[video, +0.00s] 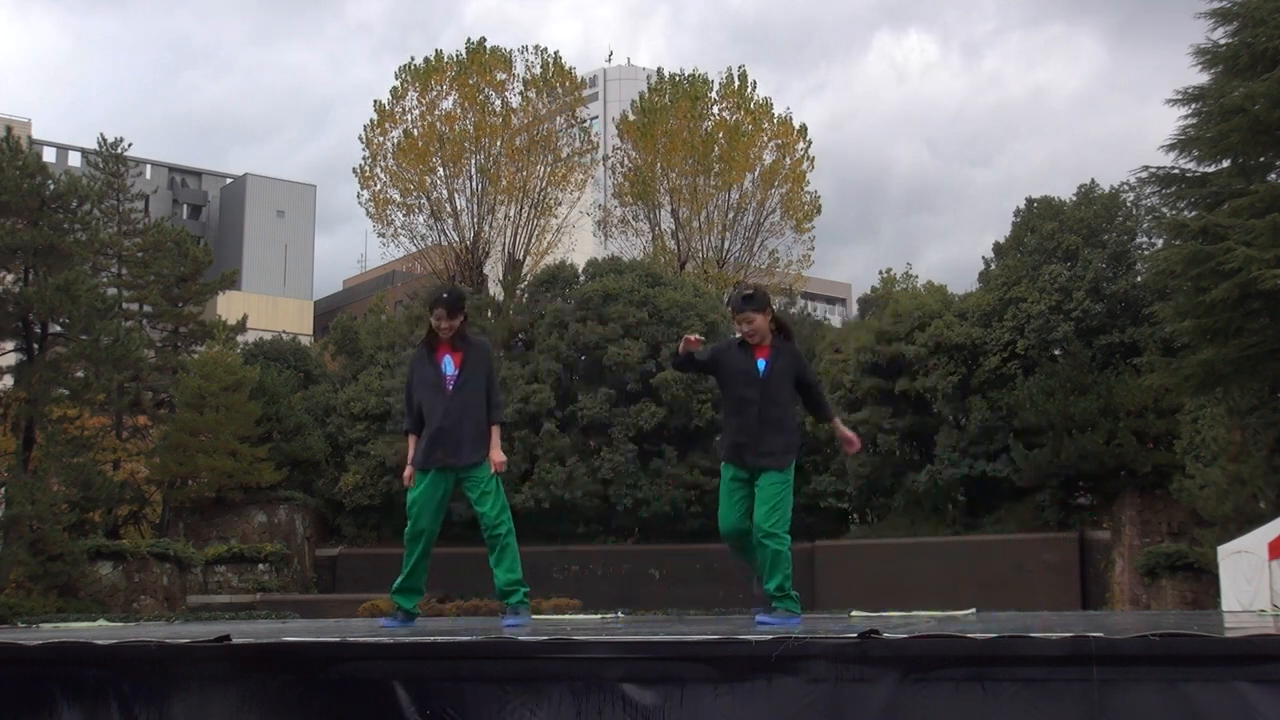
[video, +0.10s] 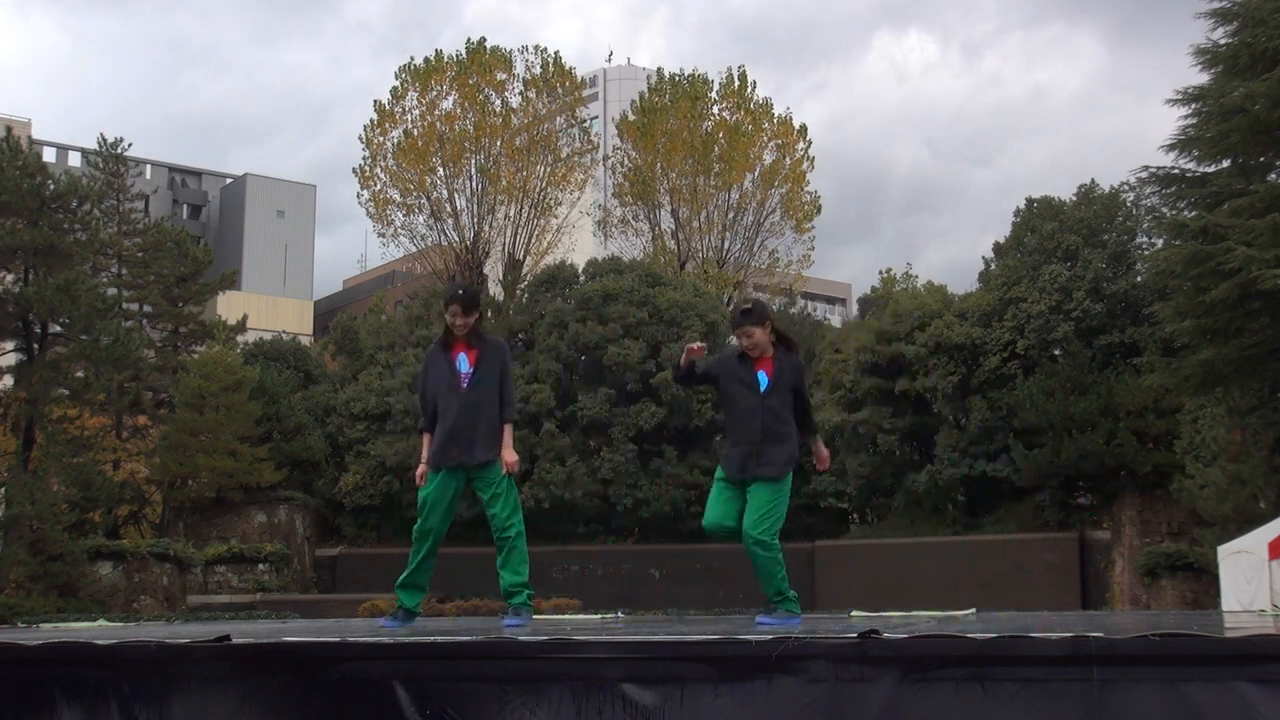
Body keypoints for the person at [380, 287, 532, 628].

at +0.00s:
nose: (443, 324)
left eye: (449, 318)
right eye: (437, 318)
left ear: (462, 317)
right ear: (430, 319)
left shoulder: (480, 350)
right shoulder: (421, 356)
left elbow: (493, 400)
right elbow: (413, 412)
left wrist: (495, 445)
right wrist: (411, 460)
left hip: (476, 454)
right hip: (431, 457)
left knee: (497, 525)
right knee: (418, 529)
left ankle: (515, 604)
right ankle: (405, 607)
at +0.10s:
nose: (459, 322)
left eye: (465, 315)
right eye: (453, 316)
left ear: (477, 314)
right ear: (445, 315)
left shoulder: (496, 350)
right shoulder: (435, 355)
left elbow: (506, 401)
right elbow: (428, 412)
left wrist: (507, 445)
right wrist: (424, 459)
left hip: (489, 454)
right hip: (445, 456)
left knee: (508, 527)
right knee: (426, 529)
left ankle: (518, 605)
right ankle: (407, 606)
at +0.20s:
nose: (472, 318)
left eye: (479, 312)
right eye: (466, 311)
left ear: (492, 310)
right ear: (458, 311)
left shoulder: (511, 347)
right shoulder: (449, 350)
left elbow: (519, 399)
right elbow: (442, 405)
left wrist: (519, 444)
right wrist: (436, 454)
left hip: (499, 451)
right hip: (454, 452)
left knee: (512, 527)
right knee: (433, 525)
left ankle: (519, 604)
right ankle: (411, 601)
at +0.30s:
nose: (480, 316)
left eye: (487, 310)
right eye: (474, 310)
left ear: (501, 309)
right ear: (468, 309)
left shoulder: (519, 346)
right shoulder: (459, 348)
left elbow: (527, 399)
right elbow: (450, 402)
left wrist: (523, 445)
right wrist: (440, 449)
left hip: (503, 452)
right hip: (458, 451)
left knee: (514, 527)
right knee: (431, 519)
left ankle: (519, 604)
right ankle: (418, 597)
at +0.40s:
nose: (486, 315)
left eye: (493, 310)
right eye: (481, 309)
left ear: (506, 307)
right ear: (473, 308)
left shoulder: (523, 345)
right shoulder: (465, 345)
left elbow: (529, 401)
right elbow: (454, 401)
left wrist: (521, 446)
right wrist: (442, 446)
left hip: (502, 452)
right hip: (459, 450)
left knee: (512, 529)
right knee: (431, 518)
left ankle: (519, 605)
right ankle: (420, 602)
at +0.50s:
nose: (486, 315)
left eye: (493, 309)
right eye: (481, 309)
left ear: (507, 307)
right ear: (474, 307)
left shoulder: (524, 346)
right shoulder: (465, 346)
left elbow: (528, 401)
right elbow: (455, 401)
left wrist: (517, 447)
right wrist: (443, 447)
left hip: (499, 452)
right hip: (459, 450)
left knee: (509, 530)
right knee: (433, 520)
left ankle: (518, 606)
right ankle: (413, 602)